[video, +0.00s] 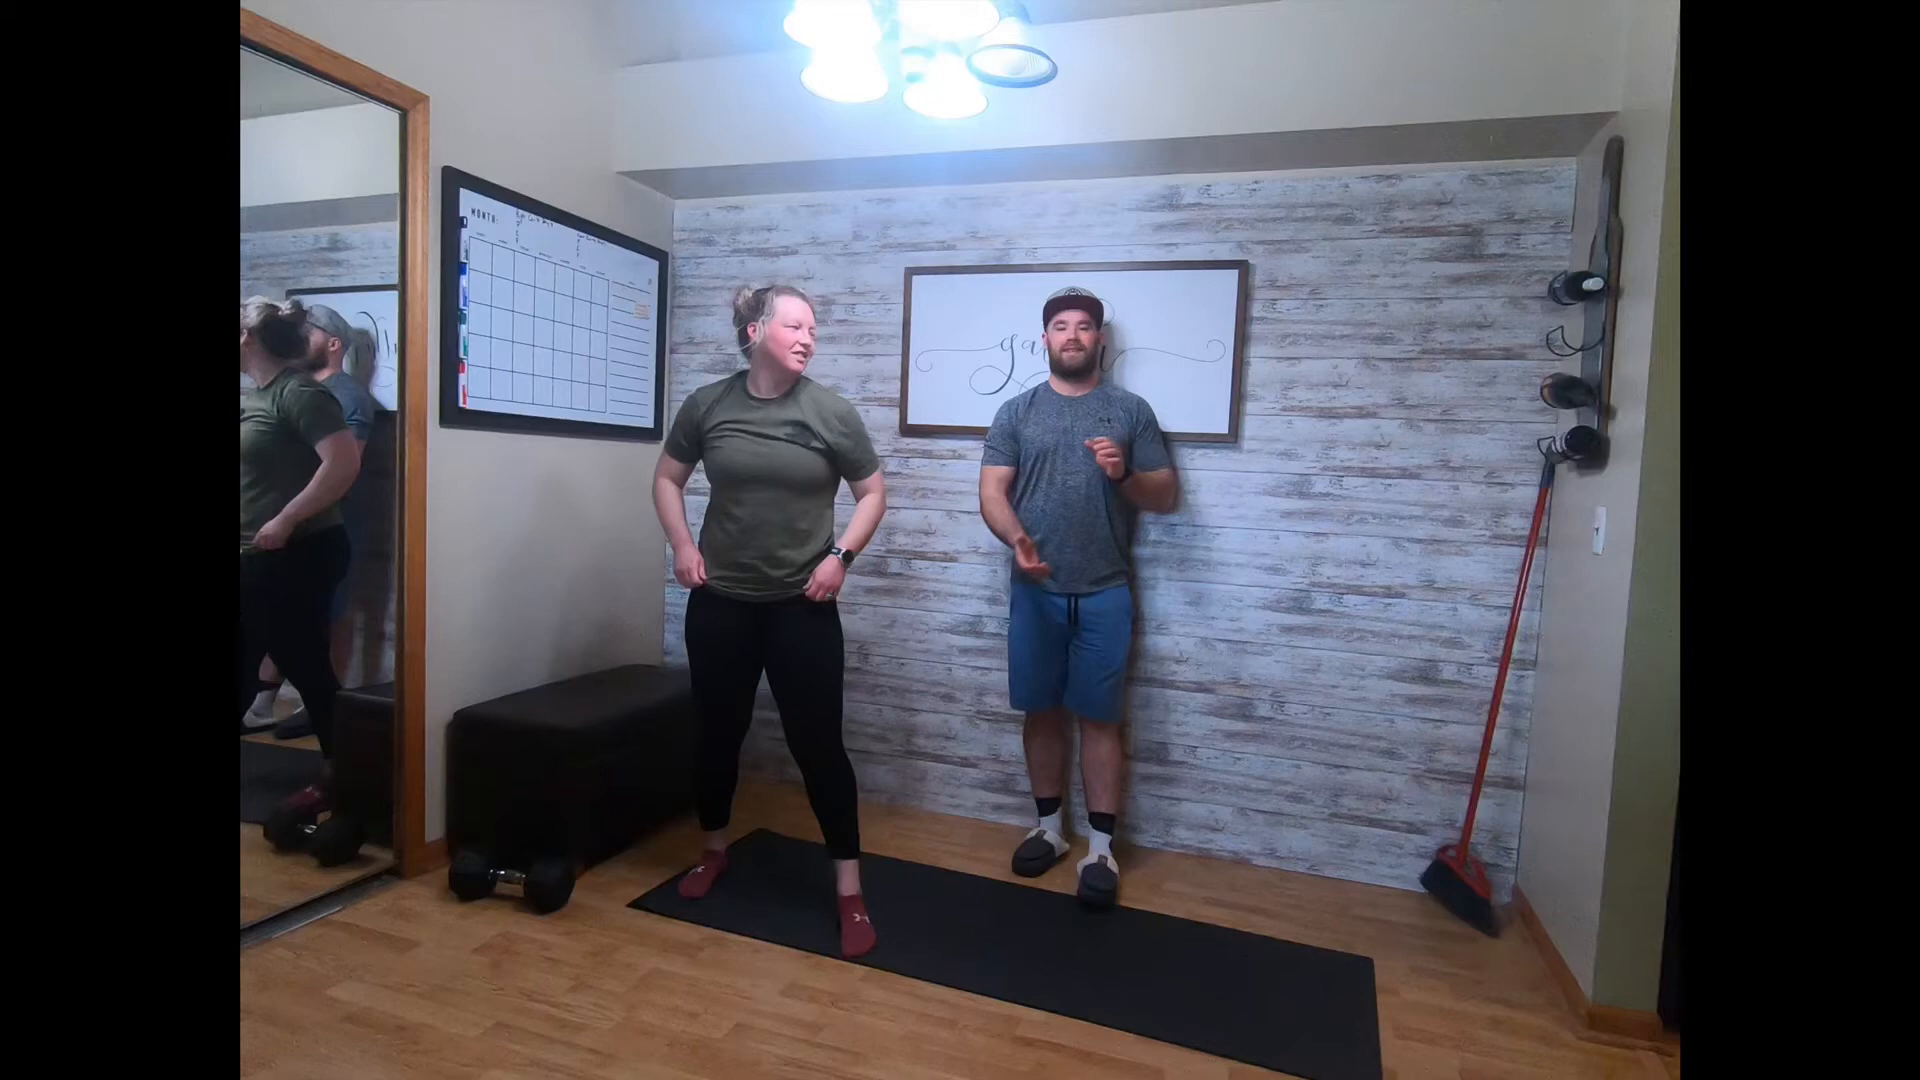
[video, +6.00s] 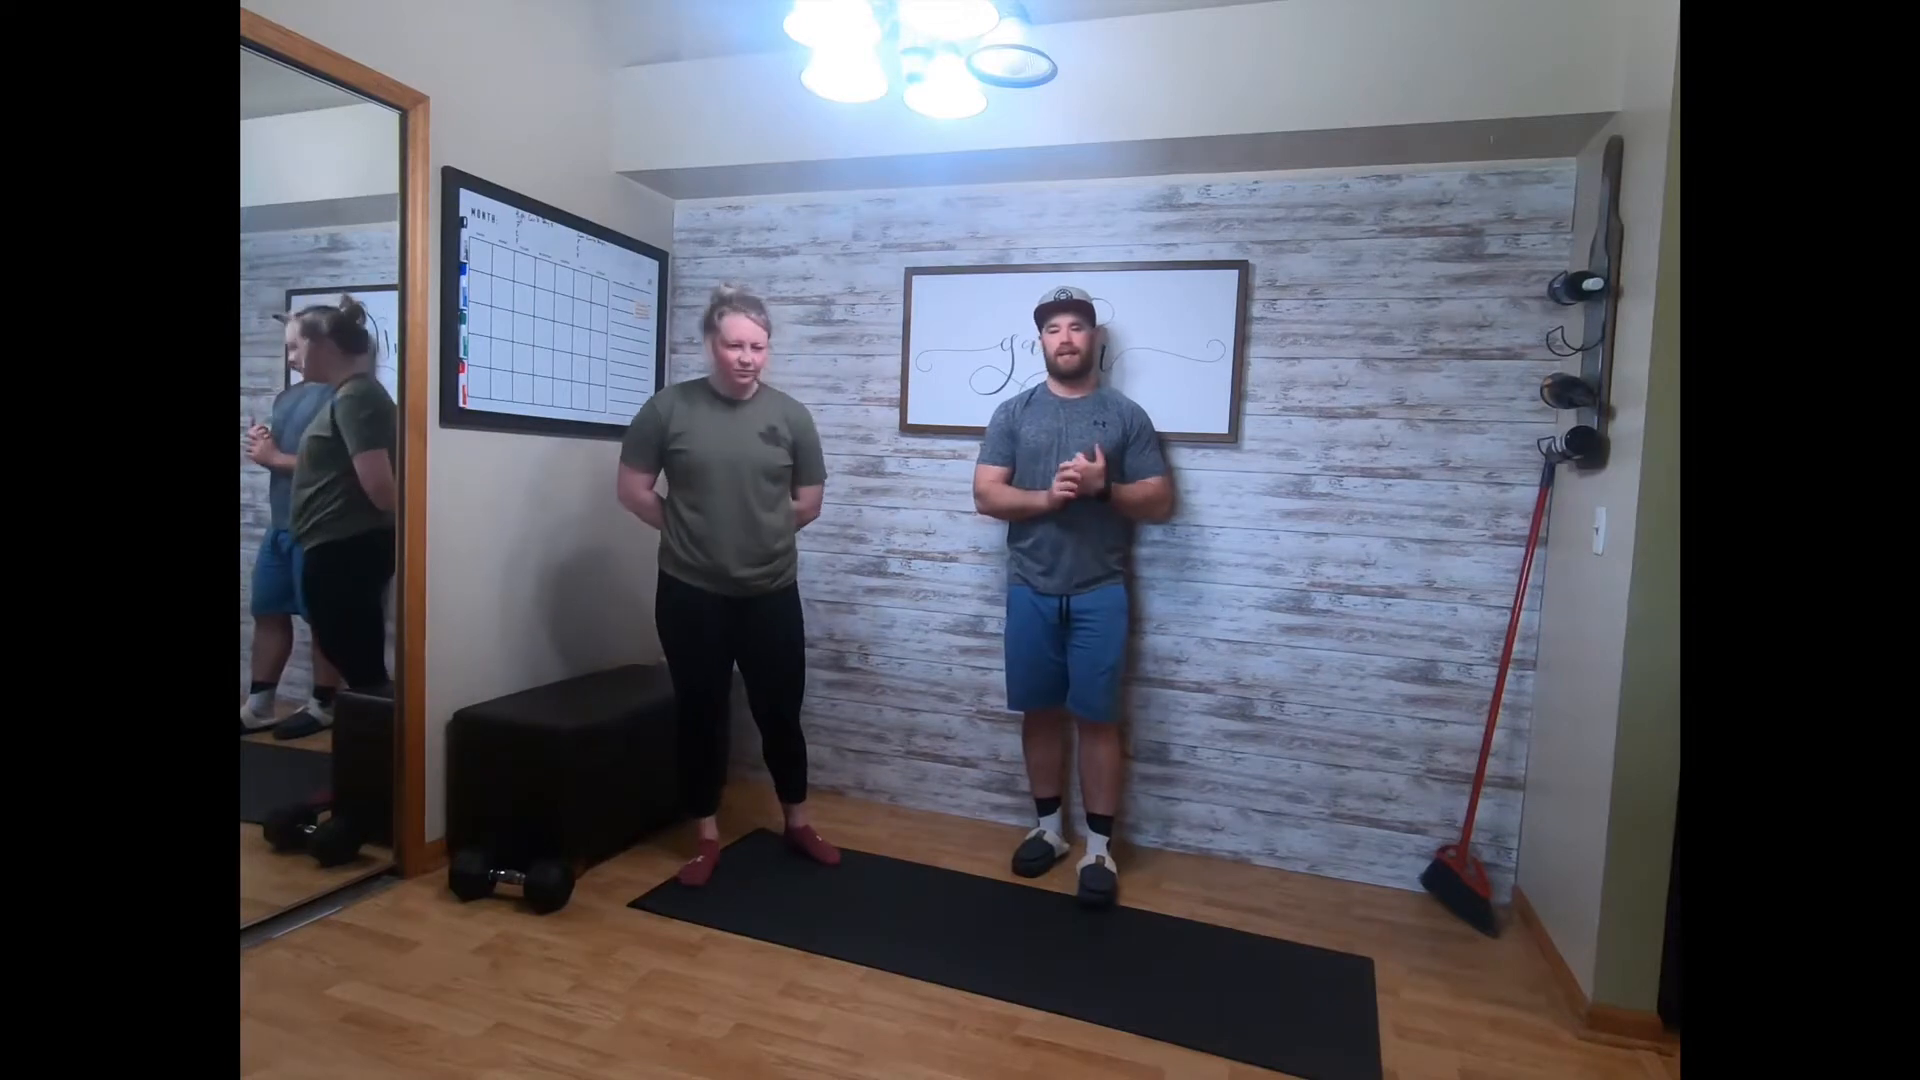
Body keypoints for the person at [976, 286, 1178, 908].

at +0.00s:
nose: (1072, 334)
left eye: (1083, 326)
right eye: (1060, 326)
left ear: (1100, 340)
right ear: (1045, 340)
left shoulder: (1129, 411)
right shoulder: (1018, 411)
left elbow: (1164, 497)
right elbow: (992, 494)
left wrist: (1124, 474)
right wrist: (1016, 536)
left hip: (1103, 585)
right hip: (1035, 583)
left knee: (1099, 714)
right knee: (1040, 710)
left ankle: (1100, 850)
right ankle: (1048, 830)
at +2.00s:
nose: (1067, 332)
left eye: (1078, 324)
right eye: (1055, 326)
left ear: (1095, 339)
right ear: (1040, 341)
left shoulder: (1125, 414)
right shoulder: (1015, 414)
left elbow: (1154, 498)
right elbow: (986, 494)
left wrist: (1089, 490)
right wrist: (1047, 493)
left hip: (1102, 585)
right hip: (1032, 585)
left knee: (1098, 715)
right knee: (1040, 711)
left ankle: (1099, 851)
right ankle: (1048, 830)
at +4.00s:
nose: (1064, 335)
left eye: (1075, 327)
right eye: (1053, 327)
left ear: (1091, 341)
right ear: (1036, 339)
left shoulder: (1116, 413)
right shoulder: (1005, 414)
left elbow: (1146, 497)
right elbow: (977, 495)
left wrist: (1076, 488)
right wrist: (1027, 492)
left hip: (1091, 584)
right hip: (1022, 586)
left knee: (1091, 715)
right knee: (1035, 710)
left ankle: (1096, 849)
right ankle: (1048, 830)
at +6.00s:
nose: (1066, 337)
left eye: (1077, 327)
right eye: (1054, 329)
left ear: (1095, 338)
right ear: (1041, 342)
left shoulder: (1124, 415)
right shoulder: (1014, 413)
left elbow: (1159, 502)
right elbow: (987, 494)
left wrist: (1107, 487)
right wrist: (1048, 497)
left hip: (1100, 584)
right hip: (1030, 584)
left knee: (1096, 713)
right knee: (1039, 709)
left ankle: (1098, 850)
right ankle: (1048, 831)